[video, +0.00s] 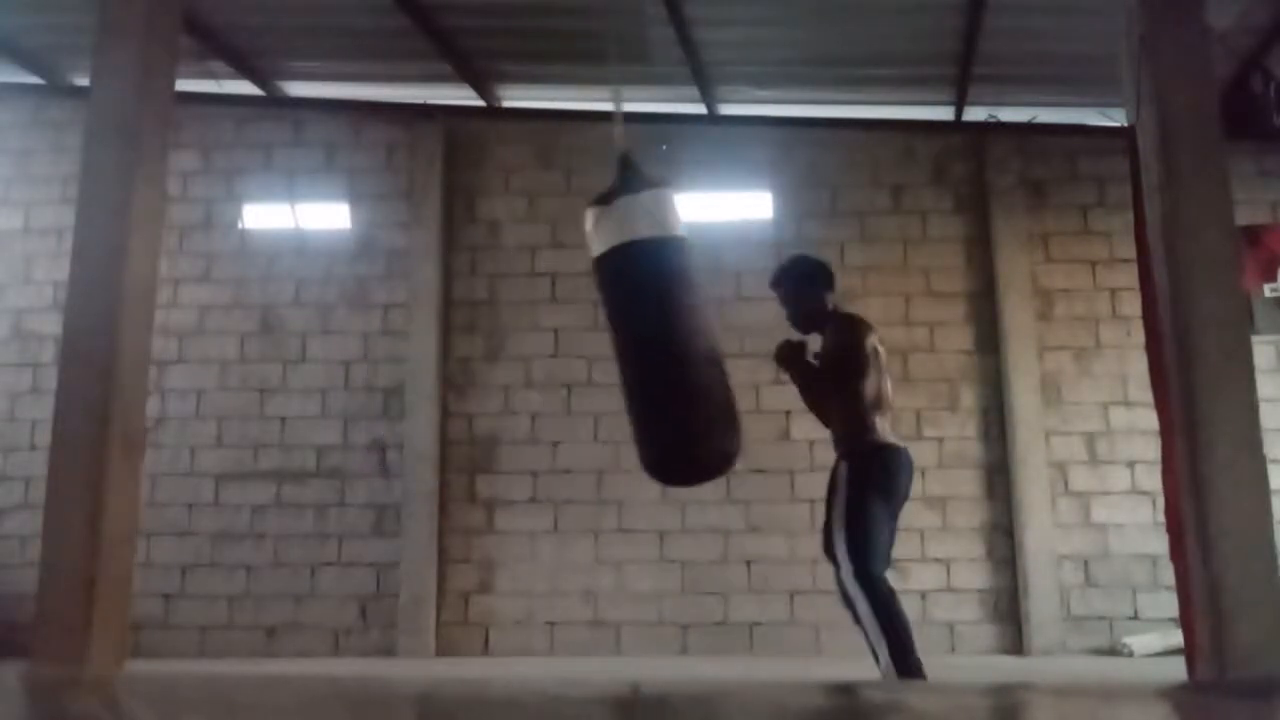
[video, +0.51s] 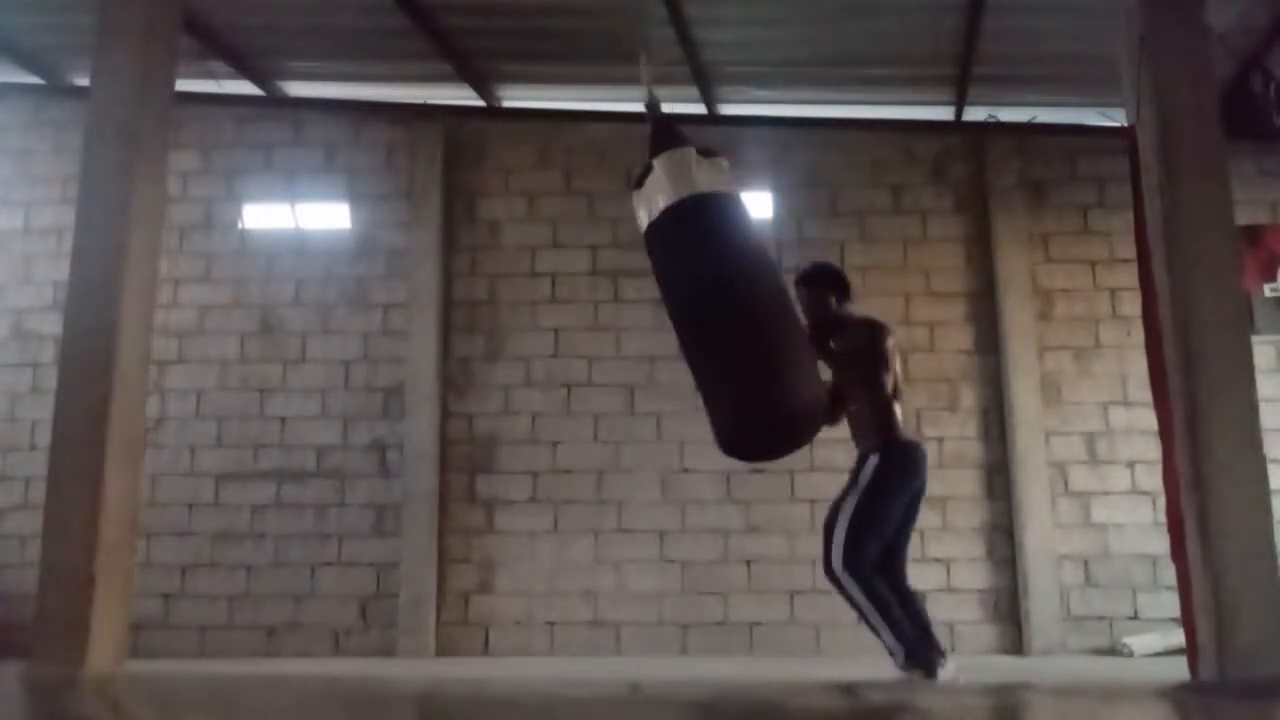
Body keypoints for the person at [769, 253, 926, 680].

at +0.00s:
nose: (785, 313)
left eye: (789, 301)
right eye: (782, 302)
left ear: (815, 294)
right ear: (820, 297)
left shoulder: (845, 331)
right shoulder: (852, 335)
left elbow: (837, 411)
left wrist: (797, 366)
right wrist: (806, 371)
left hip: (867, 463)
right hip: (885, 461)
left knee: (856, 573)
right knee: (867, 572)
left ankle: (905, 683)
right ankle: (907, 680)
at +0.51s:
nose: (804, 309)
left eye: (809, 299)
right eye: (801, 300)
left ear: (832, 297)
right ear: (822, 301)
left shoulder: (867, 330)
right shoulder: (843, 345)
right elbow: (830, 412)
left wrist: (816, 347)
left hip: (886, 460)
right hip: (903, 459)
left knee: (843, 561)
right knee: (886, 566)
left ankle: (917, 660)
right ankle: (929, 658)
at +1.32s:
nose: (730, 294)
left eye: (737, 284)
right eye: (731, 284)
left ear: (758, 286)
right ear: (753, 288)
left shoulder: (801, 323)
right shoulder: (762, 339)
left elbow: (810, 369)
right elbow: (740, 400)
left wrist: (751, 339)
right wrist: (722, 351)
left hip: (817, 454)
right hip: (829, 456)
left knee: (763, 556)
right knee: (837, 582)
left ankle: (756, 678)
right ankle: (913, 677)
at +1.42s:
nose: (716, 303)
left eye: (724, 293)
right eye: (716, 293)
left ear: (746, 296)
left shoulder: (787, 332)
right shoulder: (741, 348)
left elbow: (792, 397)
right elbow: (735, 416)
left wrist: (739, 359)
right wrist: (706, 366)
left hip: (809, 462)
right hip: (816, 464)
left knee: (752, 568)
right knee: (831, 585)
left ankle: (751, 686)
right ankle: (909, 675)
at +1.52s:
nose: (692, 298)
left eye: (699, 287)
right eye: (692, 288)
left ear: (722, 288)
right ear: (728, 290)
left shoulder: (765, 323)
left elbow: (751, 386)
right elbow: (738, 411)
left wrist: (705, 338)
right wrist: (695, 382)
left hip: (791, 453)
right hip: (807, 452)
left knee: (744, 565)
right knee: (809, 578)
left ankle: (748, 680)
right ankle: (896, 669)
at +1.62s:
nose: (676, 297)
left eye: (683, 287)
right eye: (677, 287)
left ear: (706, 287)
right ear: (717, 286)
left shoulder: (745, 315)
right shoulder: (732, 336)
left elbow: (720, 370)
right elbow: (718, 403)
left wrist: (682, 333)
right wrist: (679, 356)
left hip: (780, 449)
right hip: (804, 448)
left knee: (745, 559)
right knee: (790, 568)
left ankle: (750, 676)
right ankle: (861, 671)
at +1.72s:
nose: (677, 305)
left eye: (684, 295)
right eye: (676, 295)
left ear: (708, 293)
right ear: (708, 295)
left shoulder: (744, 326)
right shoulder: (721, 343)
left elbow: (716, 392)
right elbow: (688, 398)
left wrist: (657, 344)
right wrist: (651, 382)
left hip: (777, 455)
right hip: (794, 456)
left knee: (708, 553)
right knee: (780, 575)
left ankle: (723, 676)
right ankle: (837, 680)